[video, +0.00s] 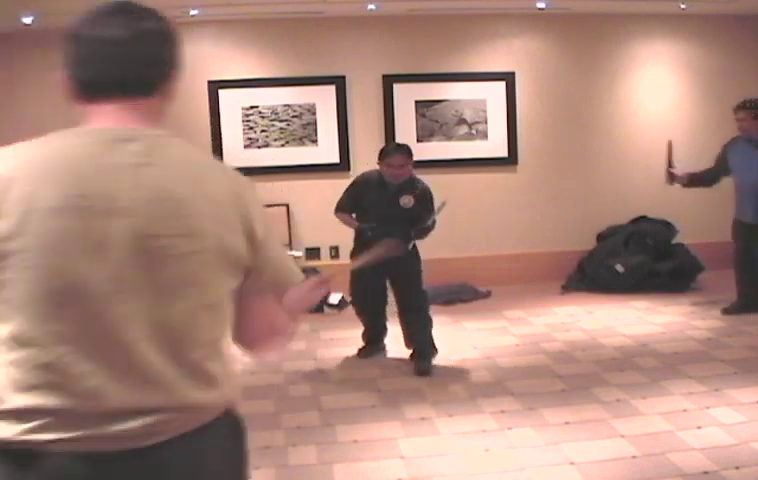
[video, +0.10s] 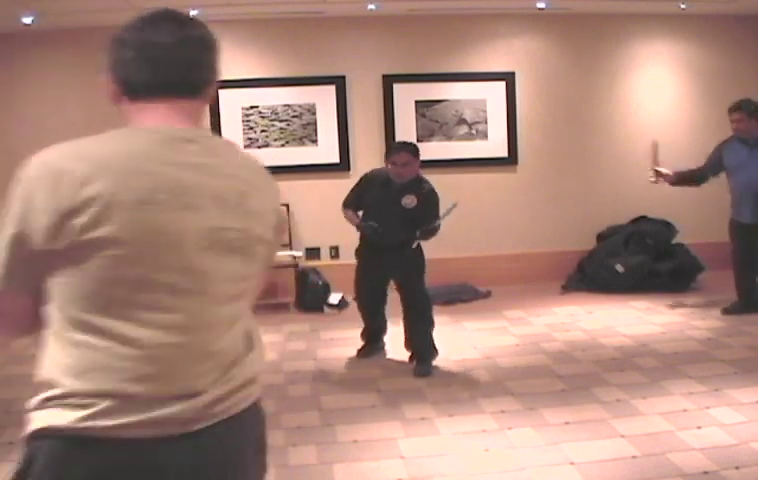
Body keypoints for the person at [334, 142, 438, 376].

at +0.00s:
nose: (398, 172)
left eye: (404, 166)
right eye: (392, 166)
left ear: (411, 166)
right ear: (381, 166)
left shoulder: (419, 190)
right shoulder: (365, 182)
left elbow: (427, 224)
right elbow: (340, 211)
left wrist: (410, 234)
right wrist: (360, 226)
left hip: (402, 250)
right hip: (367, 250)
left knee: (412, 302)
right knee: (365, 299)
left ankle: (422, 354)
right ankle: (374, 341)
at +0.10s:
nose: (398, 170)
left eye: (405, 165)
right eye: (394, 164)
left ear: (417, 165)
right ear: (387, 163)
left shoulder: (424, 192)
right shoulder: (372, 180)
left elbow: (429, 229)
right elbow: (348, 207)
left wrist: (426, 229)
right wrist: (359, 224)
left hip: (406, 251)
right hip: (372, 251)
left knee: (416, 303)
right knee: (367, 299)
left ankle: (423, 355)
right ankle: (373, 341)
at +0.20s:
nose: (401, 168)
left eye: (408, 163)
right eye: (397, 163)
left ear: (422, 164)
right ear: (390, 162)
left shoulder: (428, 188)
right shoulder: (379, 177)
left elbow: (437, 226)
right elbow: (357, 200)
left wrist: (423, 232)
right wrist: (360, 216)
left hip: (408, 250)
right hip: (376, 249)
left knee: (418, 304)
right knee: (368, 294)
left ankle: (422, 356)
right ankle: (372, 338)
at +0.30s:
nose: (406, 169)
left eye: (413, 164)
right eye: (403, 163)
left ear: (428, 165)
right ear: (397, 161)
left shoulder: (434, 187)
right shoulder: (384, 176)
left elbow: (425, 222)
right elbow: (364, 201)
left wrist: (415, 228)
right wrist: (366, 216)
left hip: (412, 248)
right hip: (380, 246)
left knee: (419, 302)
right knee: (369, 293)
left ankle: (422, 356)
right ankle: (370, 335)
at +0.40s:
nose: (412, 172)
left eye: (418, 166)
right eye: (407, 165)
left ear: (432, 165)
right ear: (401, 163)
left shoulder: (438, 187)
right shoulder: (387, 177)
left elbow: (426, 219)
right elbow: (367, 202)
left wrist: (400, 234)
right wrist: (371, 221)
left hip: (416, 250)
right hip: (382, 248)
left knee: (421, 303)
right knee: (370, 294)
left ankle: (423, 357)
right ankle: (367, 337)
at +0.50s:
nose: (413, 174)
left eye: (420, 168)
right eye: (408, 167)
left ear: (434, 166)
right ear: (401, 164)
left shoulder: (441, 191)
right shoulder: (389, 178)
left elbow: (426, 225)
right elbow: (369, 201)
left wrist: (400, 244)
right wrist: (371, 221)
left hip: (419, 251)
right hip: (384, 247)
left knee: (423, 304)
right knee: (370, 295)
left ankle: (423, 357)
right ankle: (367, 338)